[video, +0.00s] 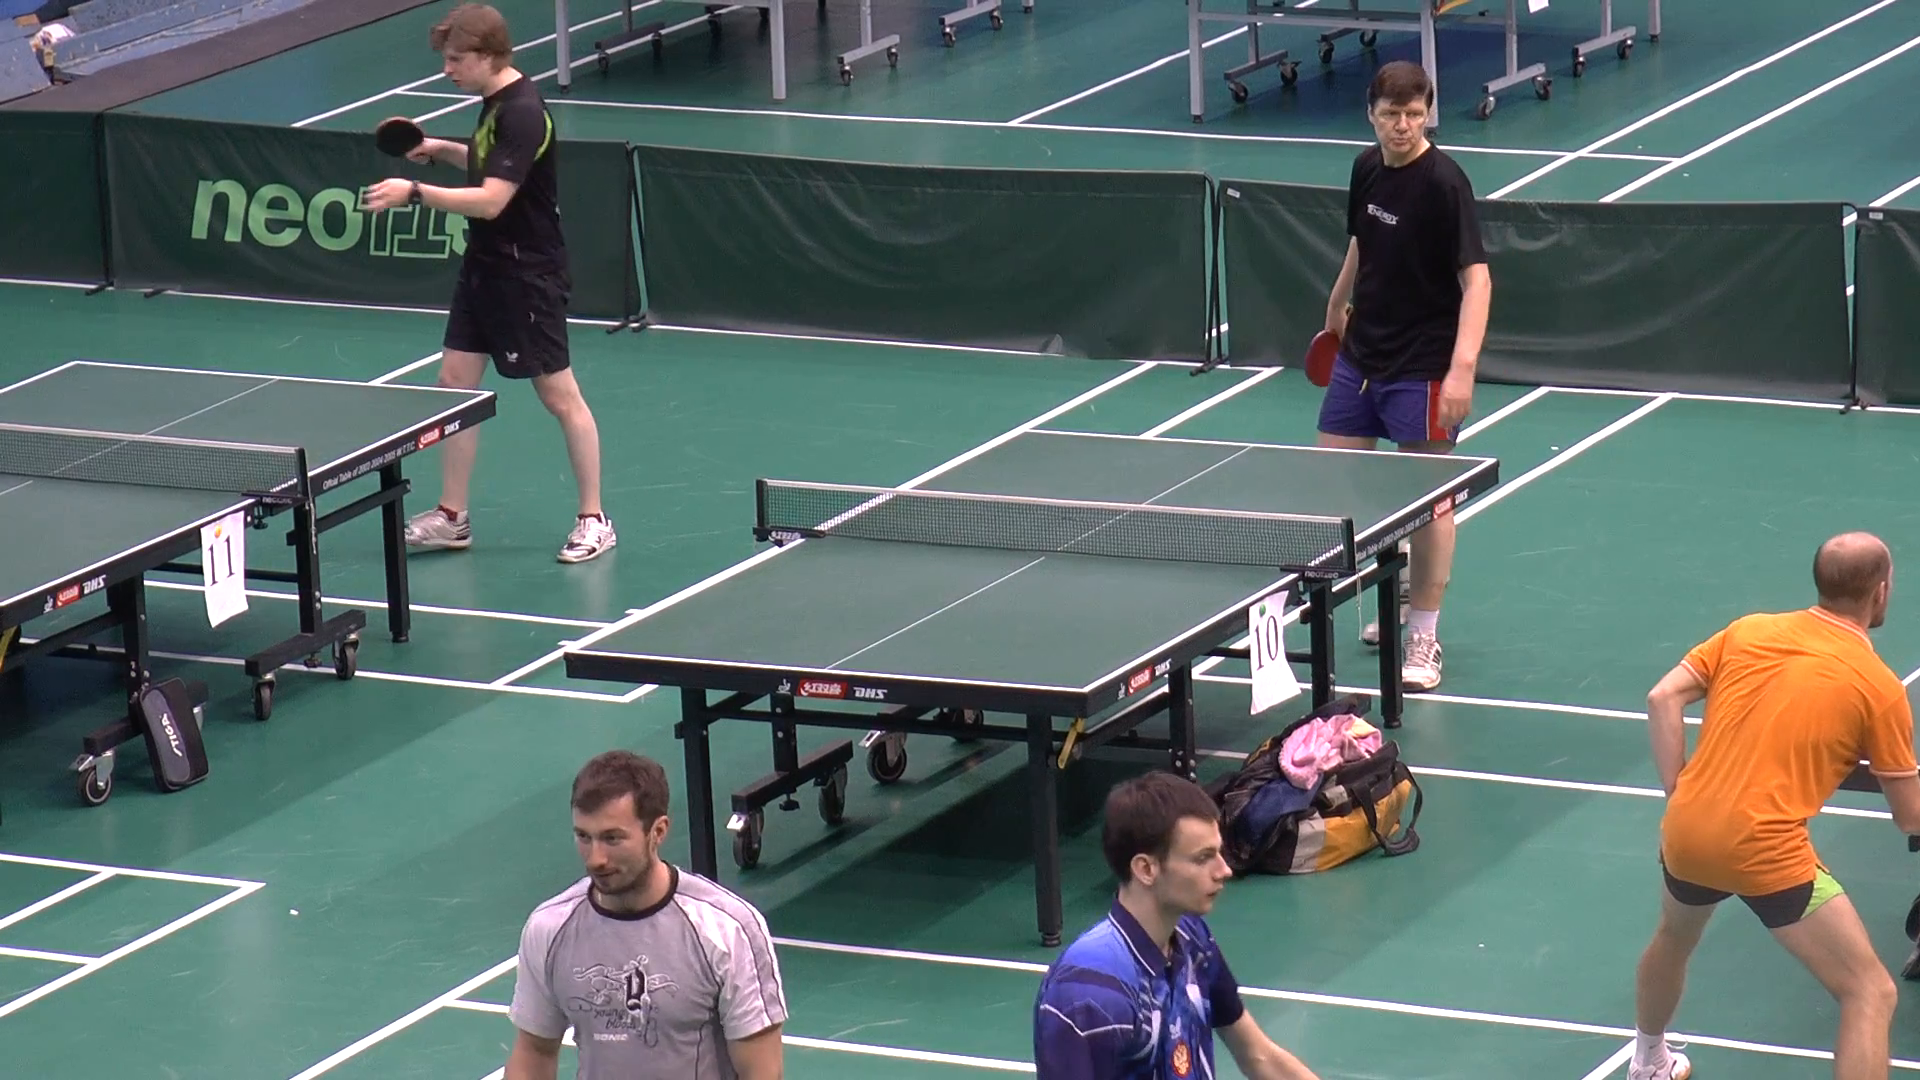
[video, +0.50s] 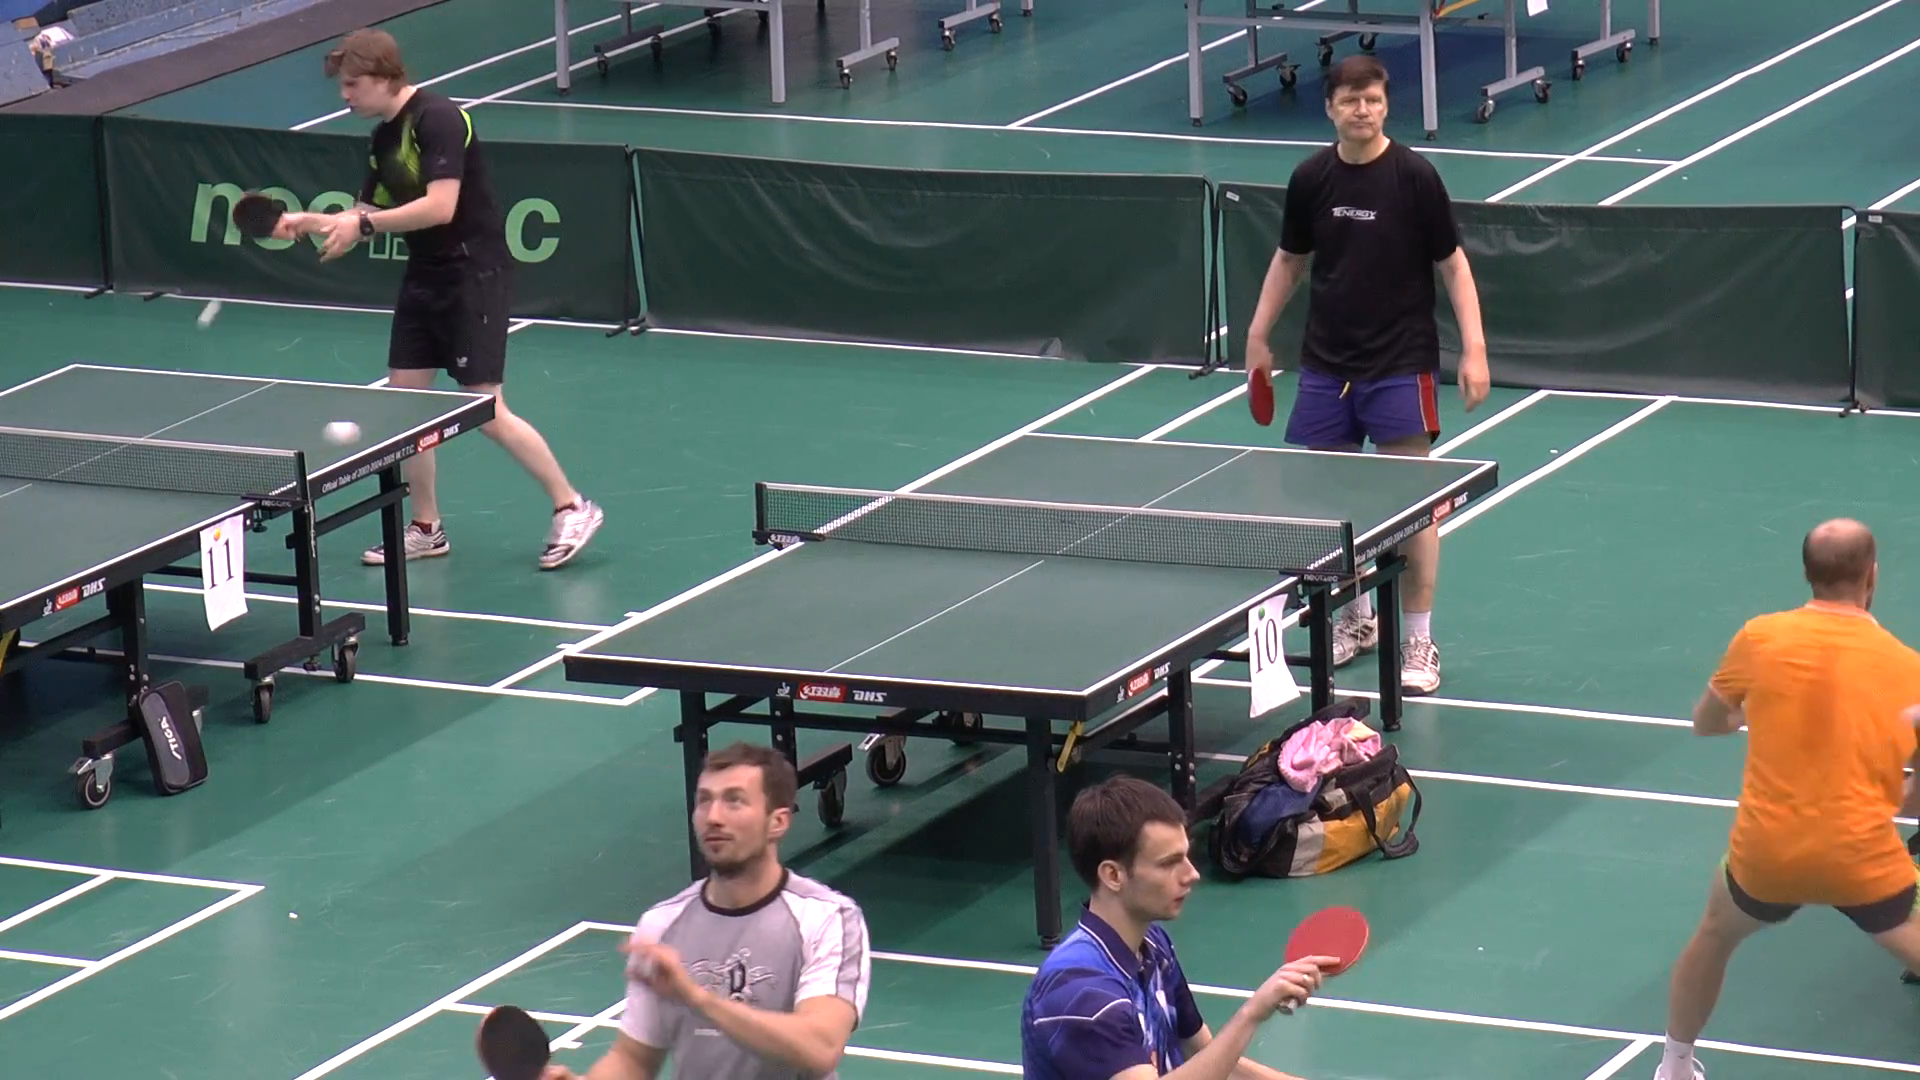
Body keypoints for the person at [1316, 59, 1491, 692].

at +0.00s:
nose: (1402, 126)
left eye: (1413, 115)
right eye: (1391, 115)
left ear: (1429, 114)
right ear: (1373, 115)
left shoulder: (1447, 183)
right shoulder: (1365, 168)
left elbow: (1478, 280)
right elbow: (1362, 246)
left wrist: (1463, 370)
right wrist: (1338, 304)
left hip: (1420, 371)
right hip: (1359, 359)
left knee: (1429, 500)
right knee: (1331, 476)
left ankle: (1423, 634)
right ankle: (1406, 588)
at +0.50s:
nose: (1361, 108)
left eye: (1372, 98)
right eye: (1349, 99)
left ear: (1387, 104)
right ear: (1330, 107)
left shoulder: (1416, 176)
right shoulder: (1310, 177)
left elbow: (1454, 265)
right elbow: (1288, 259)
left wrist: (1474, 348)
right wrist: (1256, 332)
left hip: (1400, 365)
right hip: (1325, 366)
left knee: (1414, 501)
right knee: (1310, 492)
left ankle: (1418, 636)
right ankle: (1357, 610)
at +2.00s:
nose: (1438, 107)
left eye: (1451, 98)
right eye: (1431, 95)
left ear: (1474, 100)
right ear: (1419, 94)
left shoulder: (1500, 165)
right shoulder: (1399, 157)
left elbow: (1540, 249)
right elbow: (1382, 227)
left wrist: (1561, 334)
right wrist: (1349, 273)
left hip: (1480, 343)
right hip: (1405, 338)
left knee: (1490, 470)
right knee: (1381, 468)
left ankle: (1498, 593)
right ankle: (1368, 595)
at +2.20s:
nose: (1421, 100)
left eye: (1433, 91)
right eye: (1414, 89)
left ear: (1460, 94)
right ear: (1405, 90)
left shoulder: (1491, 157)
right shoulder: (1385, 157)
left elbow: (1529, 244)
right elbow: (1359, 230)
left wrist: (1555, 330)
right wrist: (1331, 274)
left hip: (1471, 341)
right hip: (1395, 340)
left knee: (1484, 470)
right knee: (1385, 473)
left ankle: (1497, 593)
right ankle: (1376, 594)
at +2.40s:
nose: (1379, 99)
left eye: (1390, 91)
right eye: (1377, 89)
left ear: (1428, 92)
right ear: (1381, 90)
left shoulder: (1471, 152)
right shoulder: (1365, 157)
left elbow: (1503, 241)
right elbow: (1340, 233)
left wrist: (1515, 325)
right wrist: (1330, 271)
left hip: (1456, 339)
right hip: (1380, 340)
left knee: (1478, 468)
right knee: (1377, 475)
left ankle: (1496, 594)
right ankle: (1375, 595)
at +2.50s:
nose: (1364, 99)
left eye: (1376, 91)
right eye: (1363, 89)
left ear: (1413, 93)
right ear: (1369, 91)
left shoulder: (1461, 150)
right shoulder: (1354, 157)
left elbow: (1492, 239)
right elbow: (1334, 237)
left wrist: (1493, 324)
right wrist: (1327, 281)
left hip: (1449, 339)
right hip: (1373, 340)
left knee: (1475, 468)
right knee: (1375, 476)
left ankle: (1495, 594)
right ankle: (1376, 596)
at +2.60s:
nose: (1356, 101)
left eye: (1368, 92)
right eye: (1352, 91)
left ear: (1404, 92)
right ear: (1351, 91)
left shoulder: (1451, 150)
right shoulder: (1343, 160)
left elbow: (1483, 237)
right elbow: (1329, 240)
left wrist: (1484, 322)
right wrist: (1325, 284)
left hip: (1443, 339)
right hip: (1367, 341)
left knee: (1471, 467)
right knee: (1371, 476)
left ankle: (1495, 593)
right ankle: (1375, 597)